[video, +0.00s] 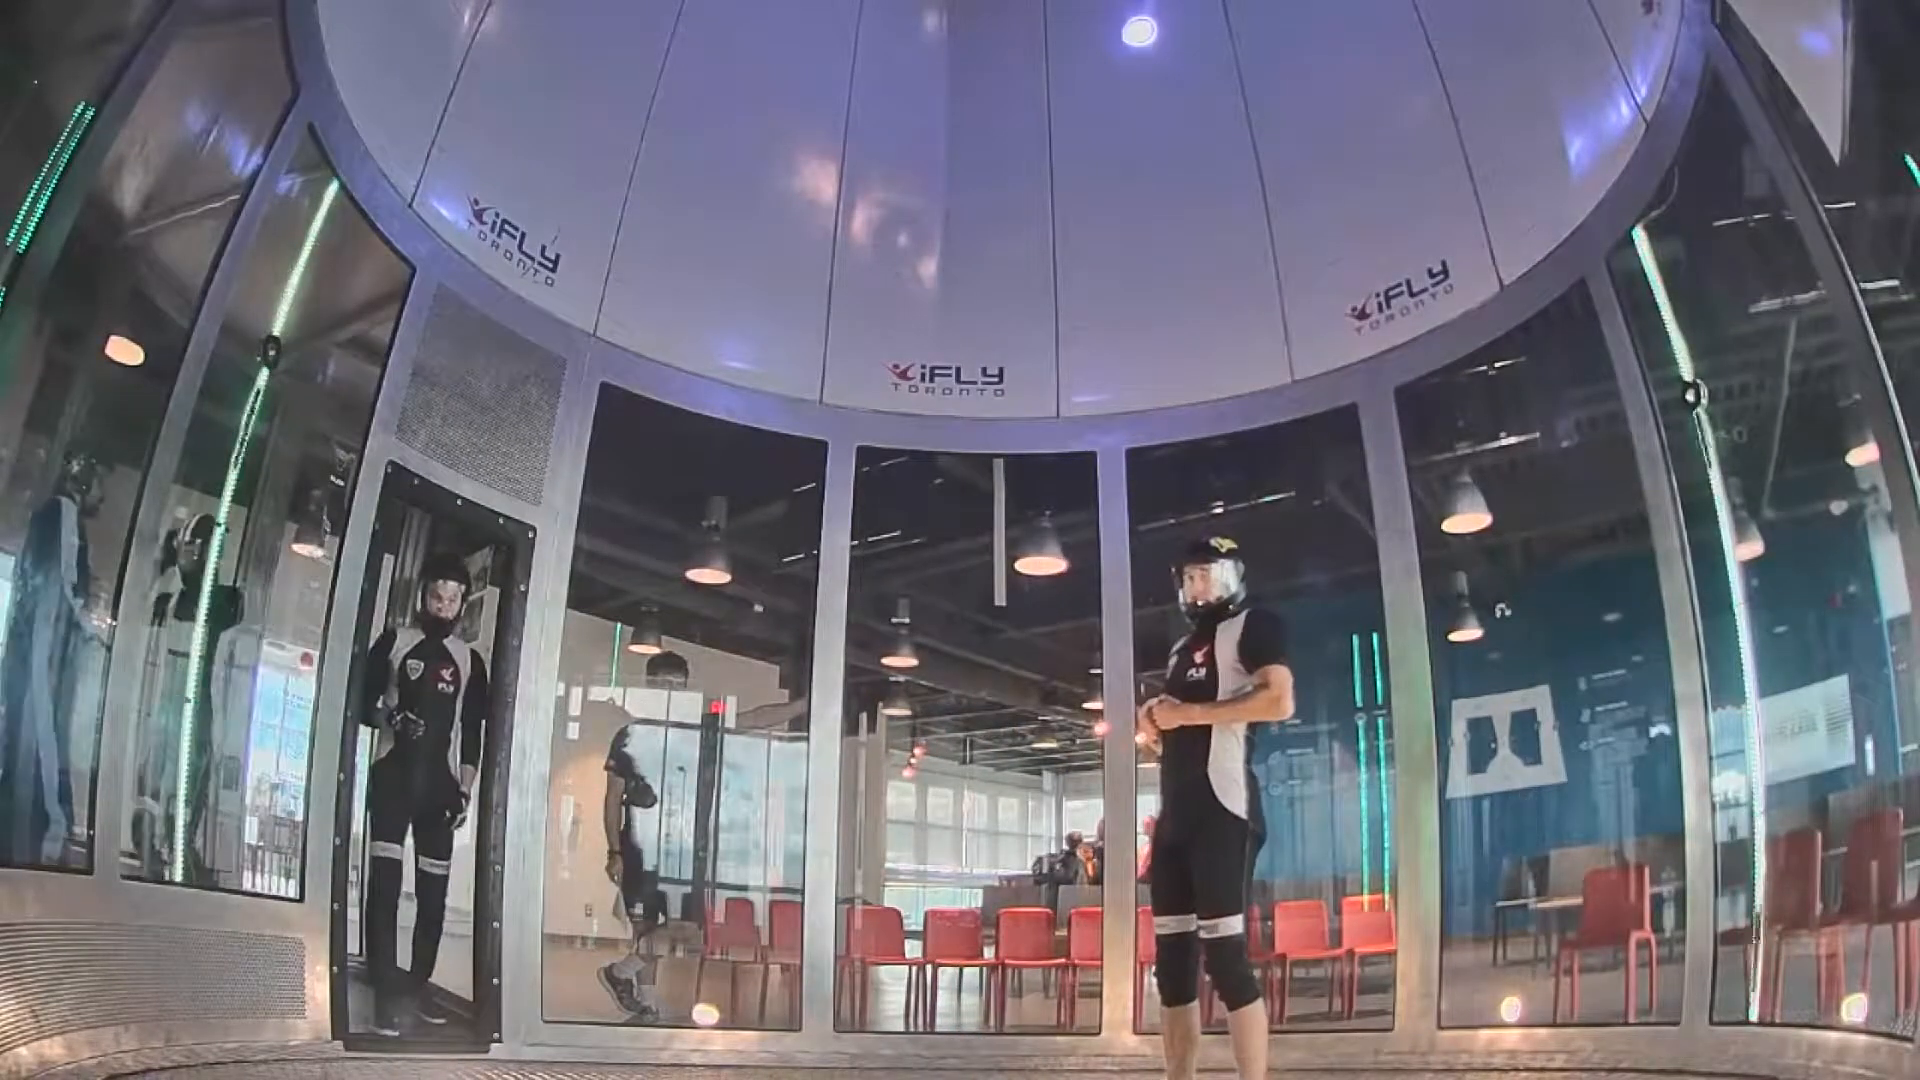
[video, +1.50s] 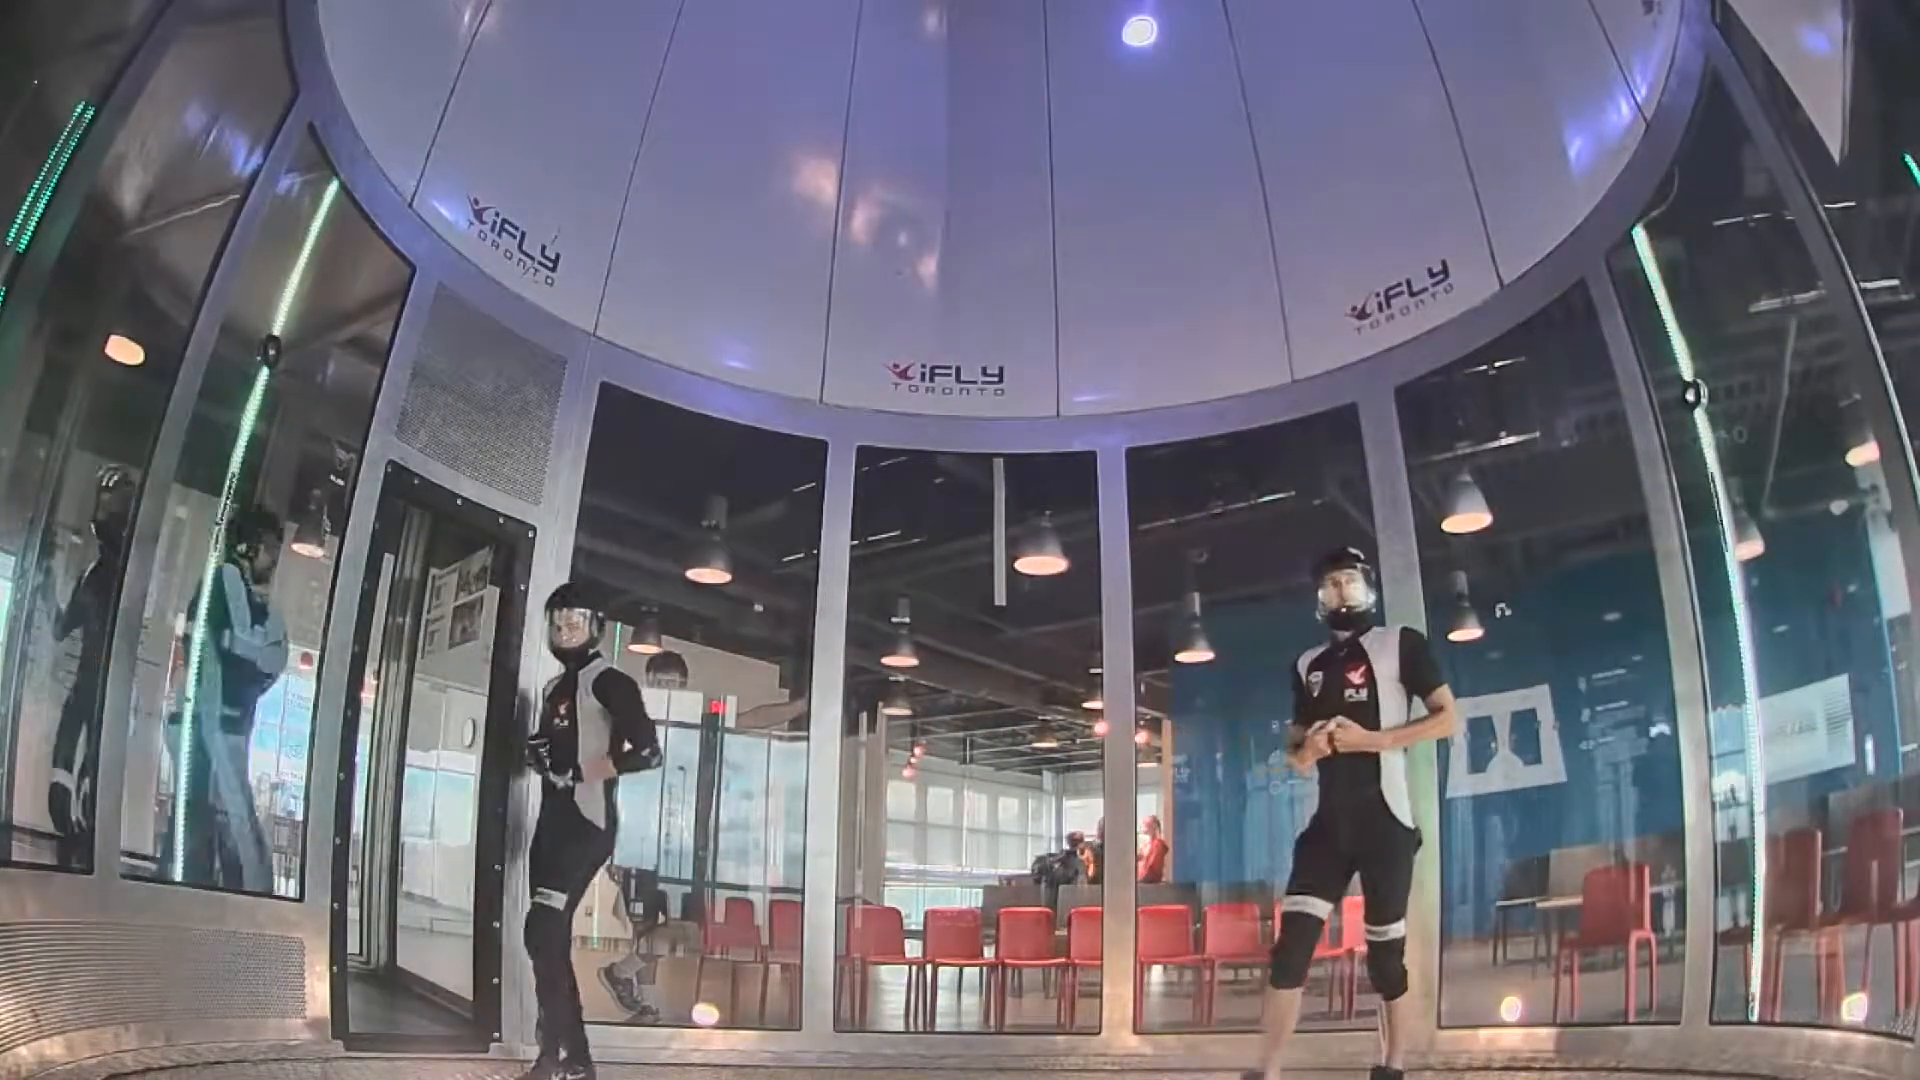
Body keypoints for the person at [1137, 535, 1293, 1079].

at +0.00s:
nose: (1195, 587)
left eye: (1205, 575)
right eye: (1189, 577)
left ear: (1232, 577)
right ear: (1181, 583)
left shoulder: (1256, 624)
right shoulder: (1184, 646)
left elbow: (1280, 702)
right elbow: (1167, 747)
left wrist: (1187, 713)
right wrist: (1150, 730)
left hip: (1226, 810)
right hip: (1176, 810)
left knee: (1225, 955)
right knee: (1173, 960)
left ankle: (1253, 1075)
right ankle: (1179, 1076)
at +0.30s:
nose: (1195, 589)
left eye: (1205, 578)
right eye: (1189, 580)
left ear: (1231, 580)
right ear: (1182, 586)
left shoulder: (1259, 625)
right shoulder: (1183, 650)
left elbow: (1297, 700)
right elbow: (1176, 716)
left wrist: (1207, 713)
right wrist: (1157, 727)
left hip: (1235, 810)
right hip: (1182, 812)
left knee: (1230, 957)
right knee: (1177, 959)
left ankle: (1254, 1075)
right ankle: (1180, 1076)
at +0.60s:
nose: (1189, 591)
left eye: (1199, 581)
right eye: (1186, 582)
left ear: (1229, 583)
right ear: (1186, 589)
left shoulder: (1268, 636)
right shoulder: (1183, 655)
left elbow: (1312, 720)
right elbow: (1174, 749)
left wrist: (1223, 722)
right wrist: (1170, 735)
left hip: (1250, 814)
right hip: (1198, 815)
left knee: (1234, 956)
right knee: (1187, 962)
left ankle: (1275, 1075)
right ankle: (1181, 1077)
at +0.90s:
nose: (1240, 599)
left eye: (1251, 588)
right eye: (1240, 589)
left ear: (1282, 593)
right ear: (1248, 598)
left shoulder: (1323, 648)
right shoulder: (1235, 664)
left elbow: (1356, 735)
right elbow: (1223, 751)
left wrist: (1268, 734)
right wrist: (1222, 743)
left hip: (1296, 827)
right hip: (1240, 827)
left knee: (1330, 966)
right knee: (1211, 958)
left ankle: (1378, 1060)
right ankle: (1184, 1077)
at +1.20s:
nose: (1286, 610)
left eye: (1295, 599)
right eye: (1282, 600)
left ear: (1327, 598)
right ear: (1281, 606)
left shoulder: (1380, 655)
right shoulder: (1276, 670)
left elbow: (1429, 726)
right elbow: (1258, 760)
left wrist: (1352, 737)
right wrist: (1283, 751)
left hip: (1366, 836)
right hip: (1305, 837)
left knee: (1380, 968)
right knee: (1251, 959)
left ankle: (1389, 1071)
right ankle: (1197, 1075)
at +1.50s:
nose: (1340, 593)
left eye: (1350, 582)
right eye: (1330, 584)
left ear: (1370, 588)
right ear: (1318, 595)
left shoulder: (1402, 643)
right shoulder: (1307, 665)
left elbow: (1448, 718)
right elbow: (1296, 756)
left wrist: (1375, 739)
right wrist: (1308, 750)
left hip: (1388, 821)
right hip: (1329, 822)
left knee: (1384, 962)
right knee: (1290, 949)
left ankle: (1391, 1064)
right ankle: (1266, 1071)